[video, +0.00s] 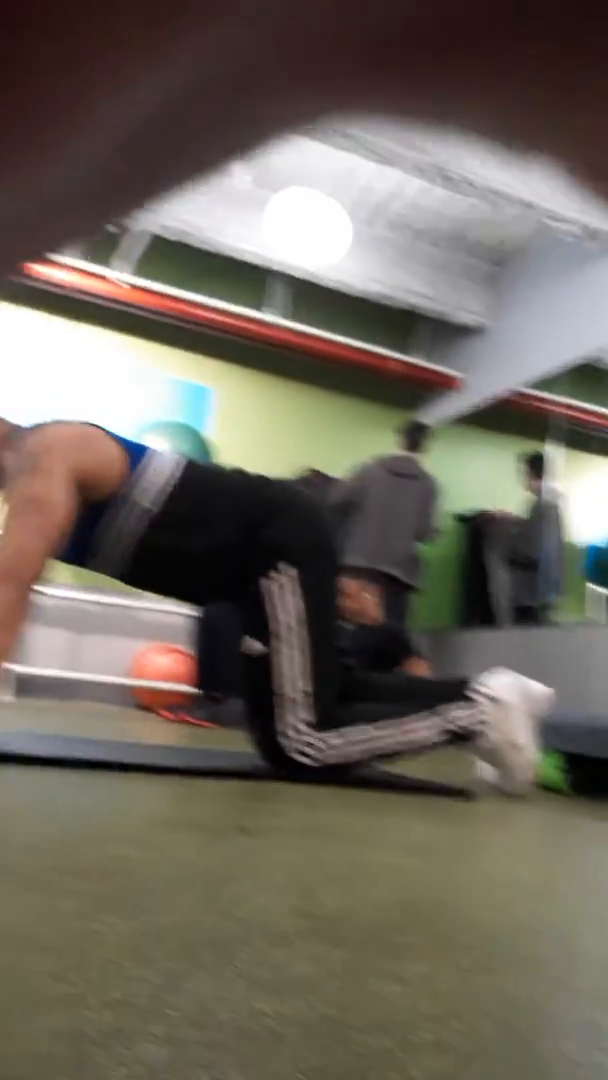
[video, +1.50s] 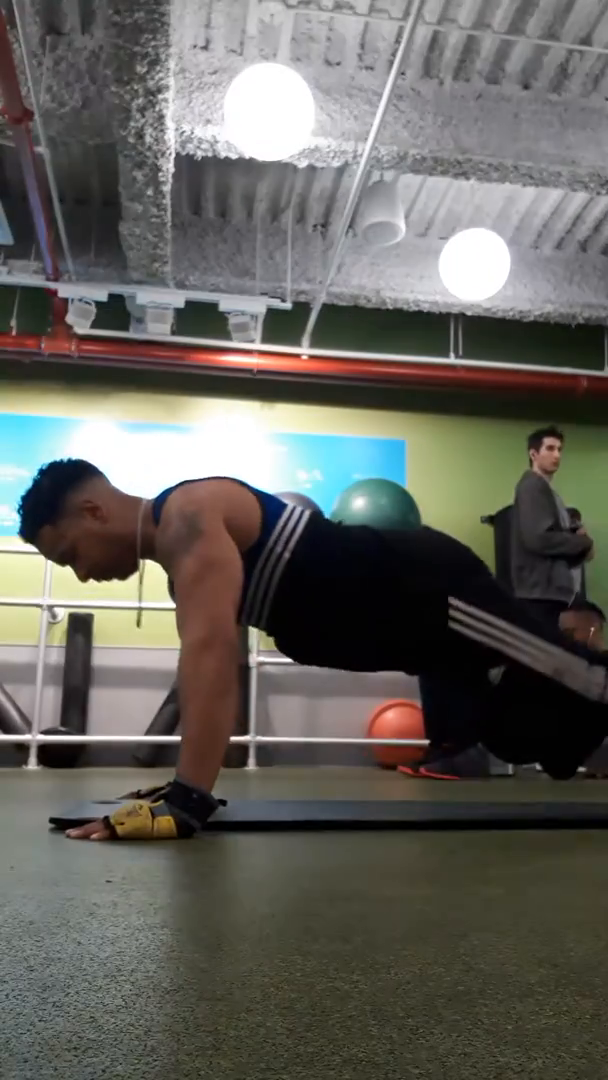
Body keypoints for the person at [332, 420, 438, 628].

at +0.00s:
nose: (413, 445)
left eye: (409, 439)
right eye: (420, 441)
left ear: (402, 440)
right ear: (422, 445)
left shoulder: (373, 470)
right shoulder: (426, 485)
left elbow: (339, 498)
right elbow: (423, 531)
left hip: (357, 558)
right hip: (398, 566)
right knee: (393, 628)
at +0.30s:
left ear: (492, 457)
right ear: (517, 461)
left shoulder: (467, 488)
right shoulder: (526, 498)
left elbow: (440, 523)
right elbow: (528, 546)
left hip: (463, 582)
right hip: (507, 587)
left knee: (464, 654)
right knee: (509, 654)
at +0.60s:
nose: (588, 476)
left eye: (586, 471)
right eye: (587, 470)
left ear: (558, 470)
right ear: (583, 470)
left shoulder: (538, 506)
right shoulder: (587, 505)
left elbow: (530, 544)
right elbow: (594, 552)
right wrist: (599, 577)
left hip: (542, 593)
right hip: (578, 596)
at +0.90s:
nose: (564, 471)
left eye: (565, 464)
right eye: (560, 463)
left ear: (541, 464)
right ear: (542, 463)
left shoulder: (523, 492)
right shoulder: (546, 492)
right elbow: (550, 537)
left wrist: (566, 524)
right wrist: (579, 538)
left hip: (528, 591)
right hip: (548, 594)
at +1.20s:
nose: (553, 464)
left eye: (555, 458)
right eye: (547, 457)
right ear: (531, 459)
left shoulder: (529, 488)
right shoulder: (531, 489)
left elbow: (534, 532)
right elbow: (536, 537)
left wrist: (560, 526)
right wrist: (574, 538)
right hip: (536, 596)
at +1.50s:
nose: (556, 455)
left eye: (559, 450)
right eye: (550, 449)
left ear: (562, 453)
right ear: (533, 454)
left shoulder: (543, 486)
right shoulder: (532, 485)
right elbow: (536, 539)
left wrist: (576, 535)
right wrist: (582, 542)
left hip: (549, 596)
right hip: (538, 597)